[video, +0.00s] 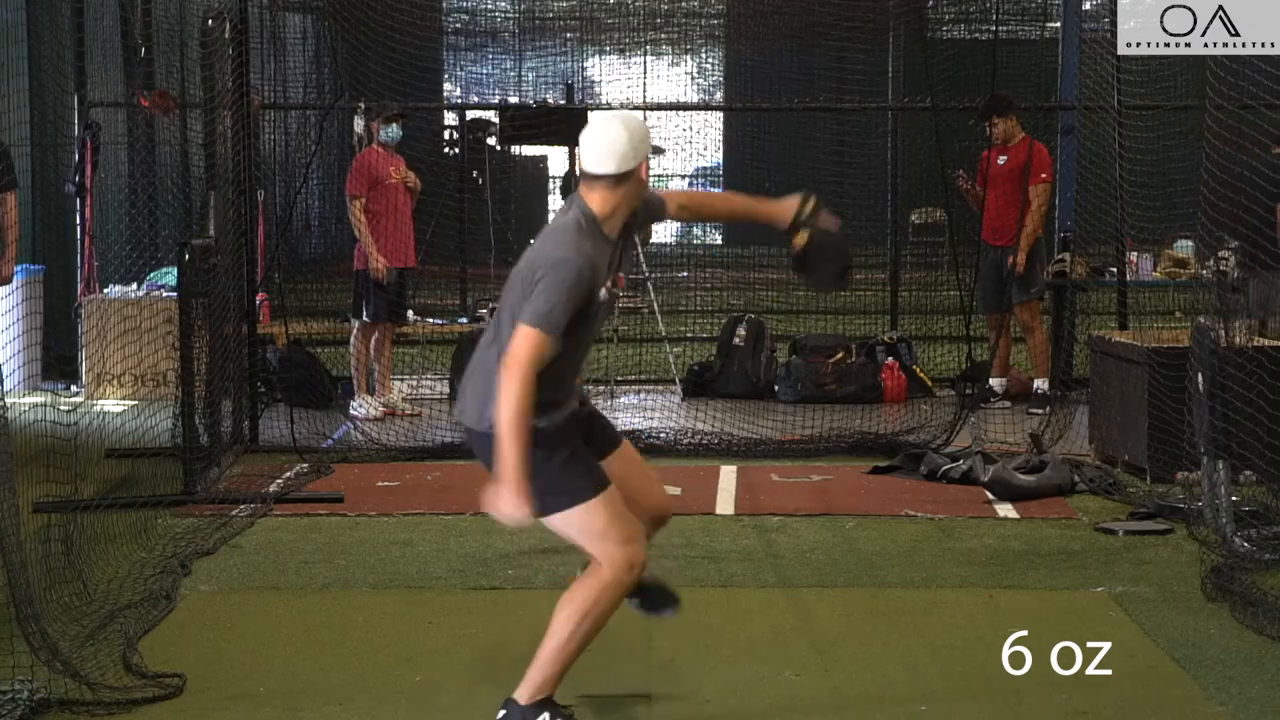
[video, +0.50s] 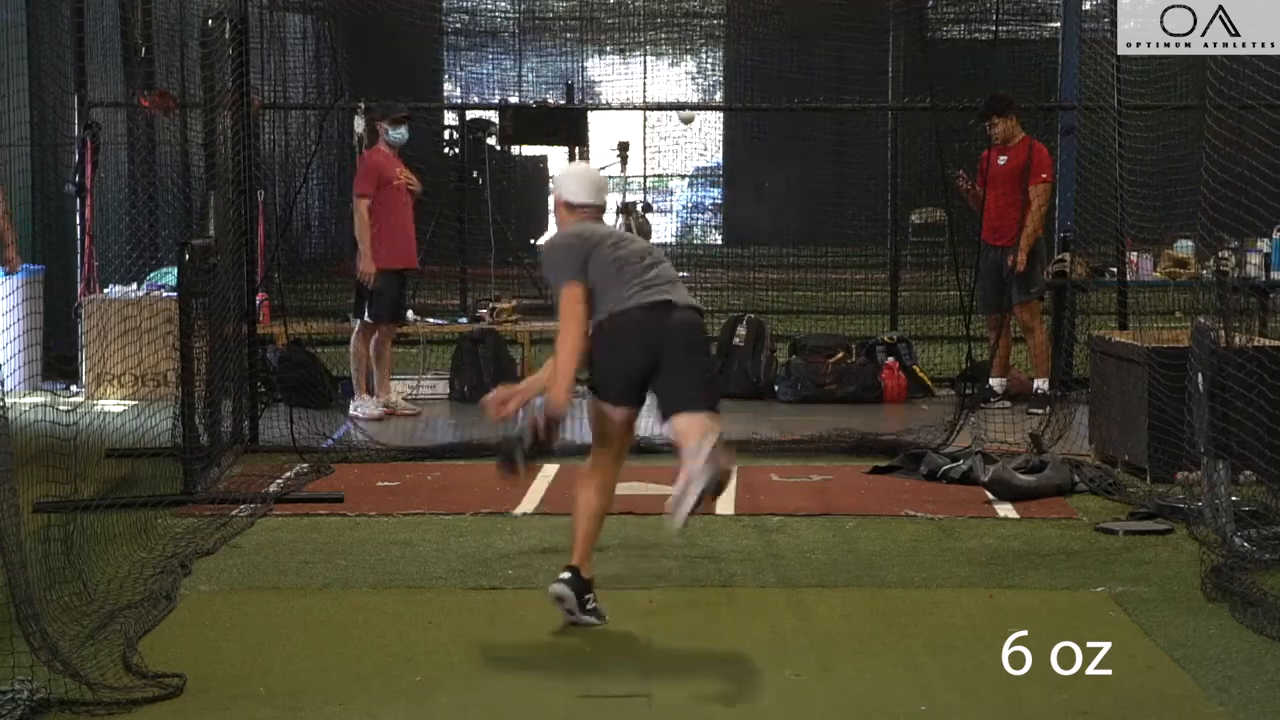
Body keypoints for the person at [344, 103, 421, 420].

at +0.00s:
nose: (394, 129)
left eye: (397, 123)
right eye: (387, 124)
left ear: (400, 128)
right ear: (373, 127)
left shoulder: (399, 163)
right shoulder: (365, 160)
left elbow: (405, 206)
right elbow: (355, 209)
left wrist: (415, 187)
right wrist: (373, 253)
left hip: (398, 258)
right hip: (374, 257)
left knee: (387, 327)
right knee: (366, 326)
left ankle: (384, 394)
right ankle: (360, 397)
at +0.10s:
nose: (394, 129)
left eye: (397, 124)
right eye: (388, 124)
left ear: (399, 128)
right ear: (373, 127)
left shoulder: (398, 163)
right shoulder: (365, 160)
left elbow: (401, 209)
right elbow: (355, 210)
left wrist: (415, 191)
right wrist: (369, 253)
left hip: (398, 258)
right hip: (374, 259)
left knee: (387, 328)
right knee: (366, 327)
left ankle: (384, 394)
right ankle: (360, 397)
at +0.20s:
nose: (395, 130)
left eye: (398, 124)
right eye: (388, 124)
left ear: (400, 129)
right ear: (373, 127)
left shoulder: (398, 164)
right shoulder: (365, 161)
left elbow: (401, 206)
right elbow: (356, 210)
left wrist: (414, 189)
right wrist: (361, 255)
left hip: (398, 259)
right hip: (374, 259)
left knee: (387, 328)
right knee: (366, 328)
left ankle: (384, 395)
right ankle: (360, 397)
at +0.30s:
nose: (397, 130)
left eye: (400, 124)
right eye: (390, 125)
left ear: (402, 129)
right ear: (375, 127)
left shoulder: (398, 164)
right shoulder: (366, 161)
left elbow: (401, 208)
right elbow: (356, 212)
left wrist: (413, 189)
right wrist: (358, 256)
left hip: (398, 260)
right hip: (374, 261)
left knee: (386, 329)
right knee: (366, 328)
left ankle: (384, 395)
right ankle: (359, 397)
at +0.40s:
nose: (399, 130)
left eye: (401, 125)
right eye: (392, 125)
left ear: (404, 129)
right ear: (376, 127)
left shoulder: (399, 165)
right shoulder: (367, 161)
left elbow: (400, 209)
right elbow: (356, 212)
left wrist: (415, 190)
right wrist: (359, 257)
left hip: (398, 260)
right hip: (375, 261)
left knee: (386, 328)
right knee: (366, 328)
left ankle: (384, 394)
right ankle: (359, 397)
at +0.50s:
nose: (401, 130)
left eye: (403, 124)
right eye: (394, 124)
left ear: (405, 128)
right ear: (379, 126)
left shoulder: (399, 163)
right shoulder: (371, 160)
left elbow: (400, 205)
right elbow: (360, 208)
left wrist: (416, 190)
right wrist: (366, 256)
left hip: (400, 260)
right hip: (378, 260)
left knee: (387, 329)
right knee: (366, 327)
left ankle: (384, 395)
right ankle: (360, 398)